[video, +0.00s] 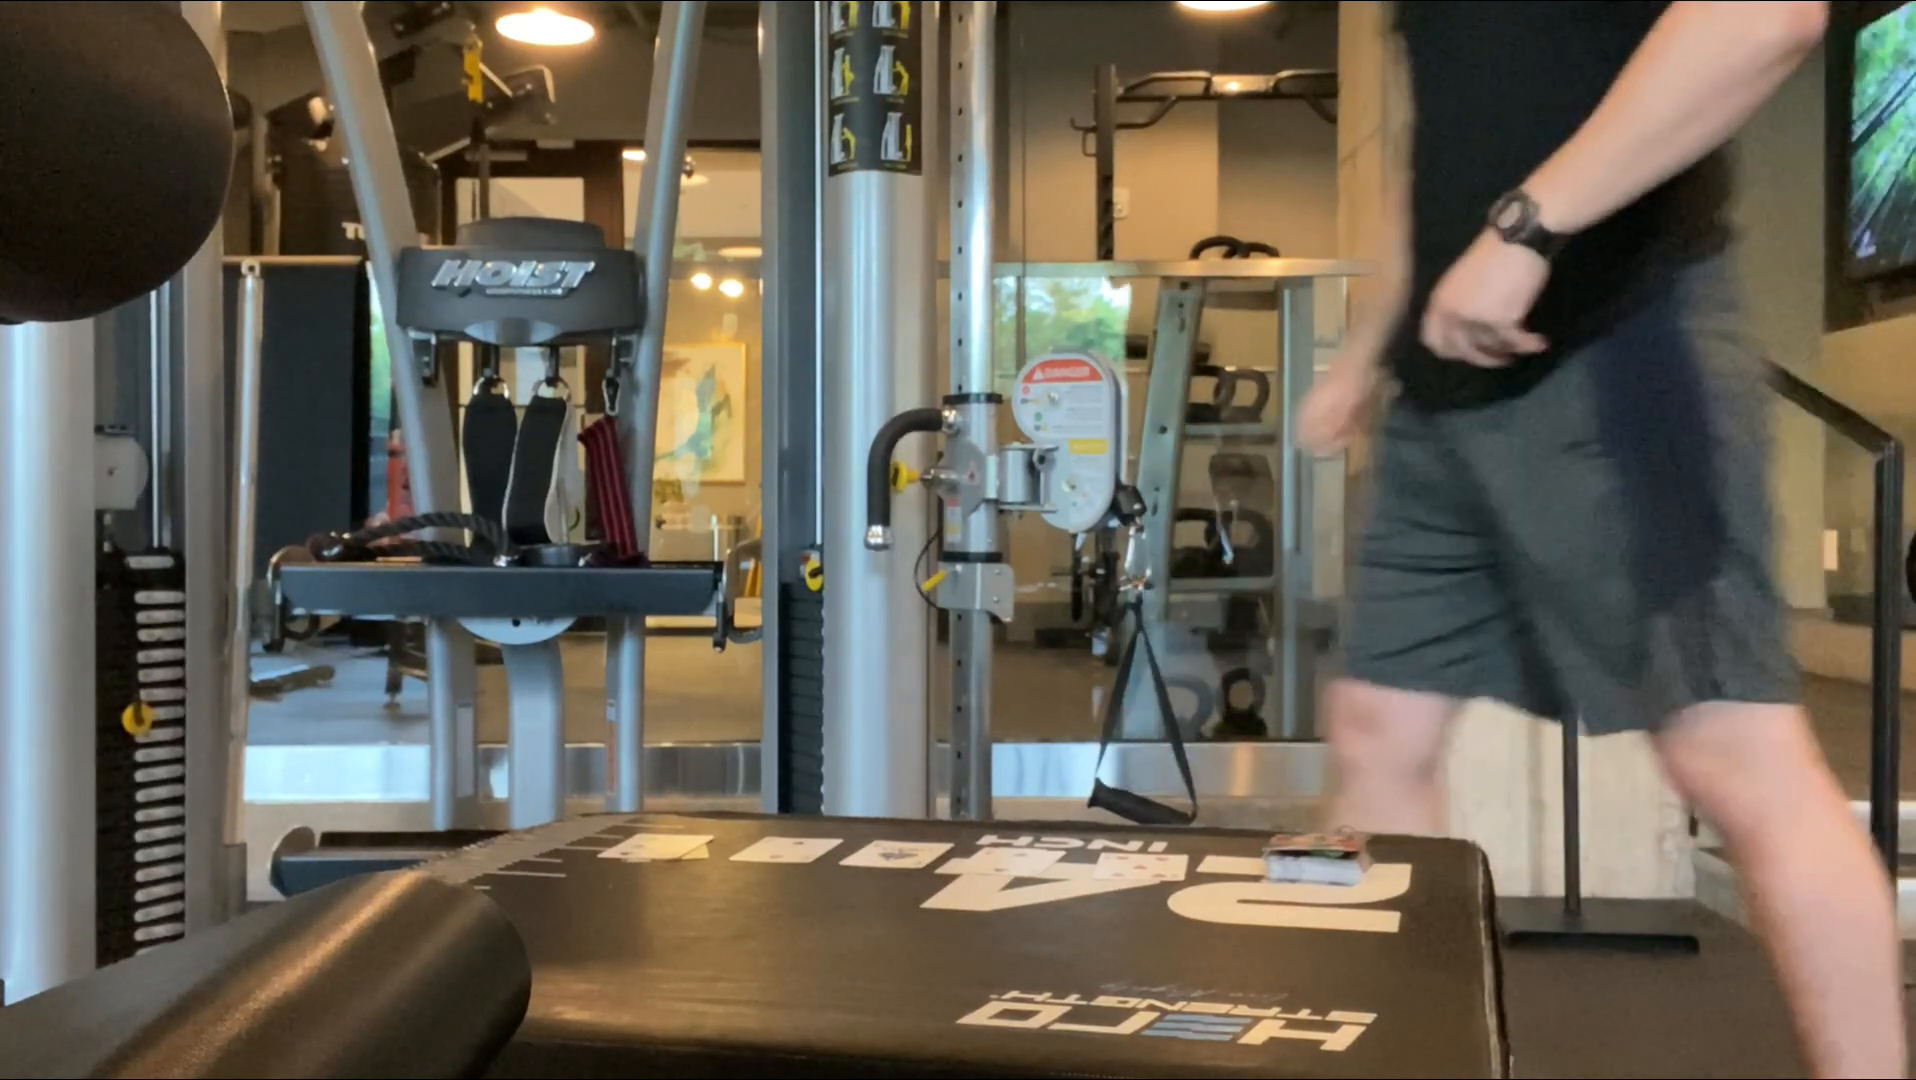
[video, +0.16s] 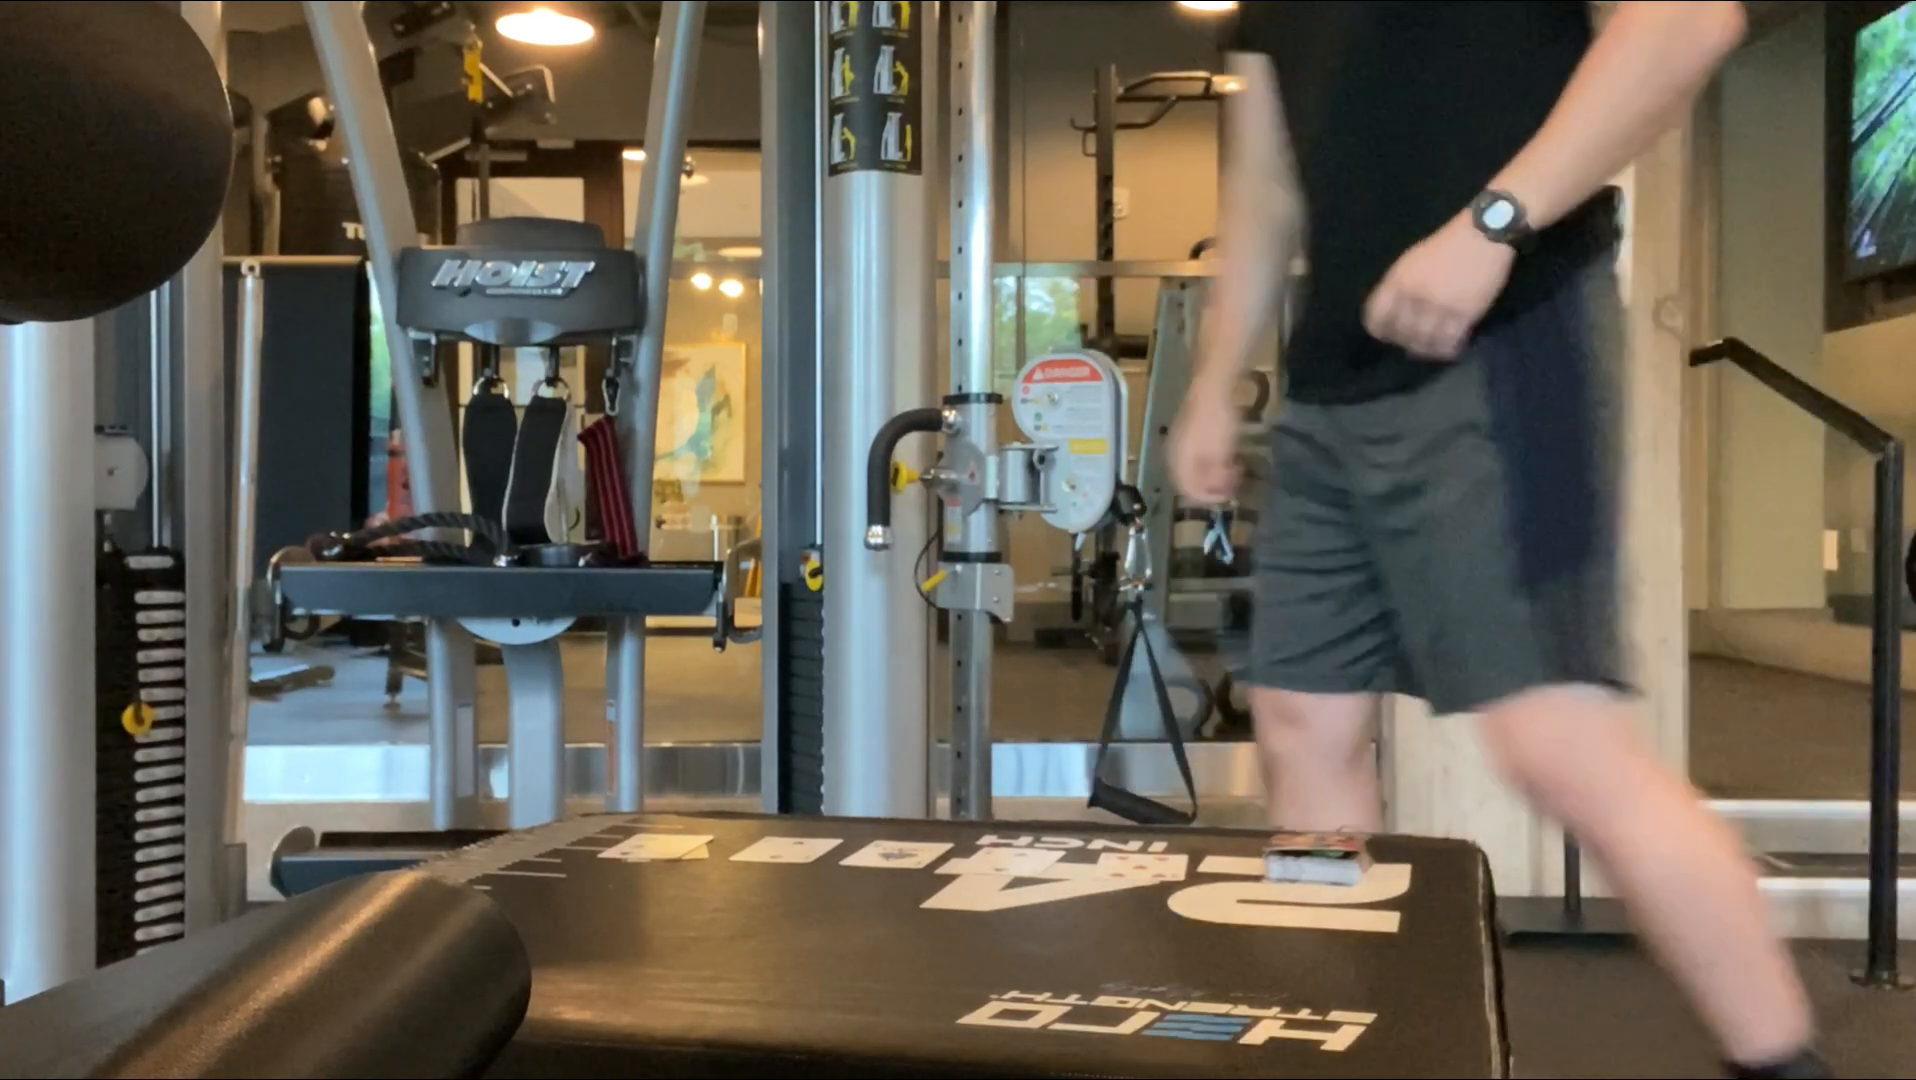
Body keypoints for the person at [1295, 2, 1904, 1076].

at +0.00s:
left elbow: (1769, 15)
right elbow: (1442, 115)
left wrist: (1527, 224)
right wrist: (1369, 339)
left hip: (1625, 332)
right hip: (1449, 357)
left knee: (1744, 760)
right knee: (1377, 733)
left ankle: (1865, 1068)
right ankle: (1393, 1070)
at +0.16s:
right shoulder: (1278, 15)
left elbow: (1689, 16)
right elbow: (1262, 173)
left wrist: (1493, 222)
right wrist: (1217, 376)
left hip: (1494, 340)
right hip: (1329, 367)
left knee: (1556, 734)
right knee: (1304, 725)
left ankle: (1785, 1060)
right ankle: (1324, 1052)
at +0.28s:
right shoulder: (1199, 12)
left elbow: (1661, 11)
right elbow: (1190, 174)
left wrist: (1474, 211)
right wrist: (1148, 382)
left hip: (1464, 312)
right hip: (1296, 334)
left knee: (1463, 723)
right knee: (1291, 731)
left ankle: (1707, 1052)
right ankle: (1327, 1054)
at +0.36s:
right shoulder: (1147, 11)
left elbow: (1636, 7)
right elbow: (1128, 186)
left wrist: (1465, 204)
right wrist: (1080, 379)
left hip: (1426, 315)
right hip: (1256, 347)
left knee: (1397, 706)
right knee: (1280, 732)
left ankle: (1582, 1038)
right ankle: (1333, 1042)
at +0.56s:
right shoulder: (1066, 14)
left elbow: (1586, 16)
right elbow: (1029, 174)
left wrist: (1448, 239)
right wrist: (962, 379)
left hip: (1350, 372)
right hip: (1173, 379)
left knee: (1293, 742)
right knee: (1217, 746)